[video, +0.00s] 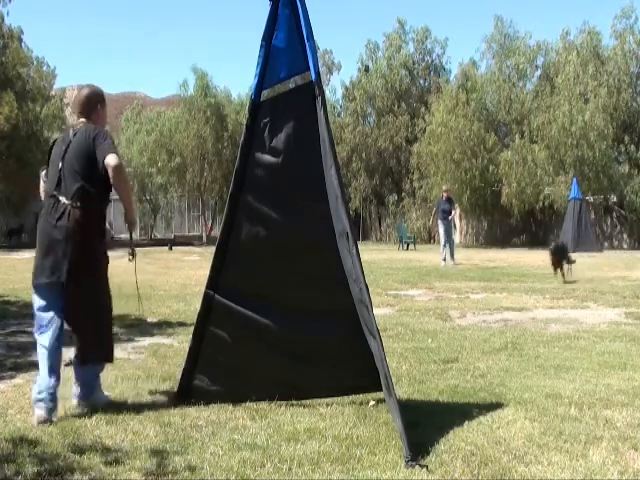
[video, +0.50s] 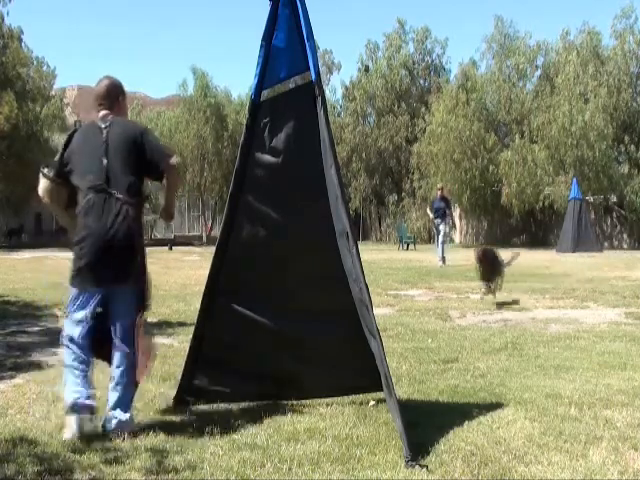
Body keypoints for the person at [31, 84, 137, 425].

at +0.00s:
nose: (107, 114)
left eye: (106, 109)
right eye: (106, 109)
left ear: (73, 111)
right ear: (98, 110)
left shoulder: (58, 141)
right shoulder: (98, 135)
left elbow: (45, 190)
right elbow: (114, 165)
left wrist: (64, 213)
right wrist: (129, 206)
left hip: (48, 236)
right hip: (84, 236)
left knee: (47, 317)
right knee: (90, 313)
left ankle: (43, 401)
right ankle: (89, 391)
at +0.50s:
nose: (129, 106)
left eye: (125, 102)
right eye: (127, 102)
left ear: (94, 106)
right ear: (122, 104)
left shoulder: (77, 136)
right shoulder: (134, 132)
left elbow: (47, 189)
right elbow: (172, 166)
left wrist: (73, 219)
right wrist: (168, 205)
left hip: (89, 240)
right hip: (127, 240)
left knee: (75, 332)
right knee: (125, 335)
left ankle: (77, 405)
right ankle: (119, 418)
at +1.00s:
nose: (169, 100)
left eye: (168, 94)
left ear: (169, 96)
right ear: (197, 93)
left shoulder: (173, 132)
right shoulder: (220, 131)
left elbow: (150, 184)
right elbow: (239, 176)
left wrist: (148, 245)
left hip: (209, 237)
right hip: (240, 236)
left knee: (182, 328)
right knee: (228, 327)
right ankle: (220, 408)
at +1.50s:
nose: (230, 89)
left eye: (231, 83)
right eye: (231, 82)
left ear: (240, 84)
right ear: (258, 81)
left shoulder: (270, 121)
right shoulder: (261, 120)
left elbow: (252, 186)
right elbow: (252, 183)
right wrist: (246, 229)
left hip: (287, 236)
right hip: (268, 236)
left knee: (282, 327)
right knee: (264, 324)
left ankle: (309, 416)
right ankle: (277, 405)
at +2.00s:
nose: (259, 84)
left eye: (264, 77)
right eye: (258, 77)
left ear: (285, 75)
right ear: (271, 77)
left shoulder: (303, 115)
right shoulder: (273, 122)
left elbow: (313, 174)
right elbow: (276, 178)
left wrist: (272, 227)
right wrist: (263, 209)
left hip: (315, 234)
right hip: (283, 234)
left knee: (318, 323)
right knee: (280, 317)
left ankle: (335, 410)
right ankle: (282, 402)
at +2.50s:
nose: (273, 84)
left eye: (279, 77)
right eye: (272, 78)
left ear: (300, 78)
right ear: (276, 81)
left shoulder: (315, 120)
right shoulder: (282, 123)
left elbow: (323, 184)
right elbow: (281, 181)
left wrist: (288, 237)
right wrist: (267, 222)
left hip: (321, 234)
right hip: (288, 234)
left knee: (324, 318)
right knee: (285, 315)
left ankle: (343, 409)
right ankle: (284, 400)